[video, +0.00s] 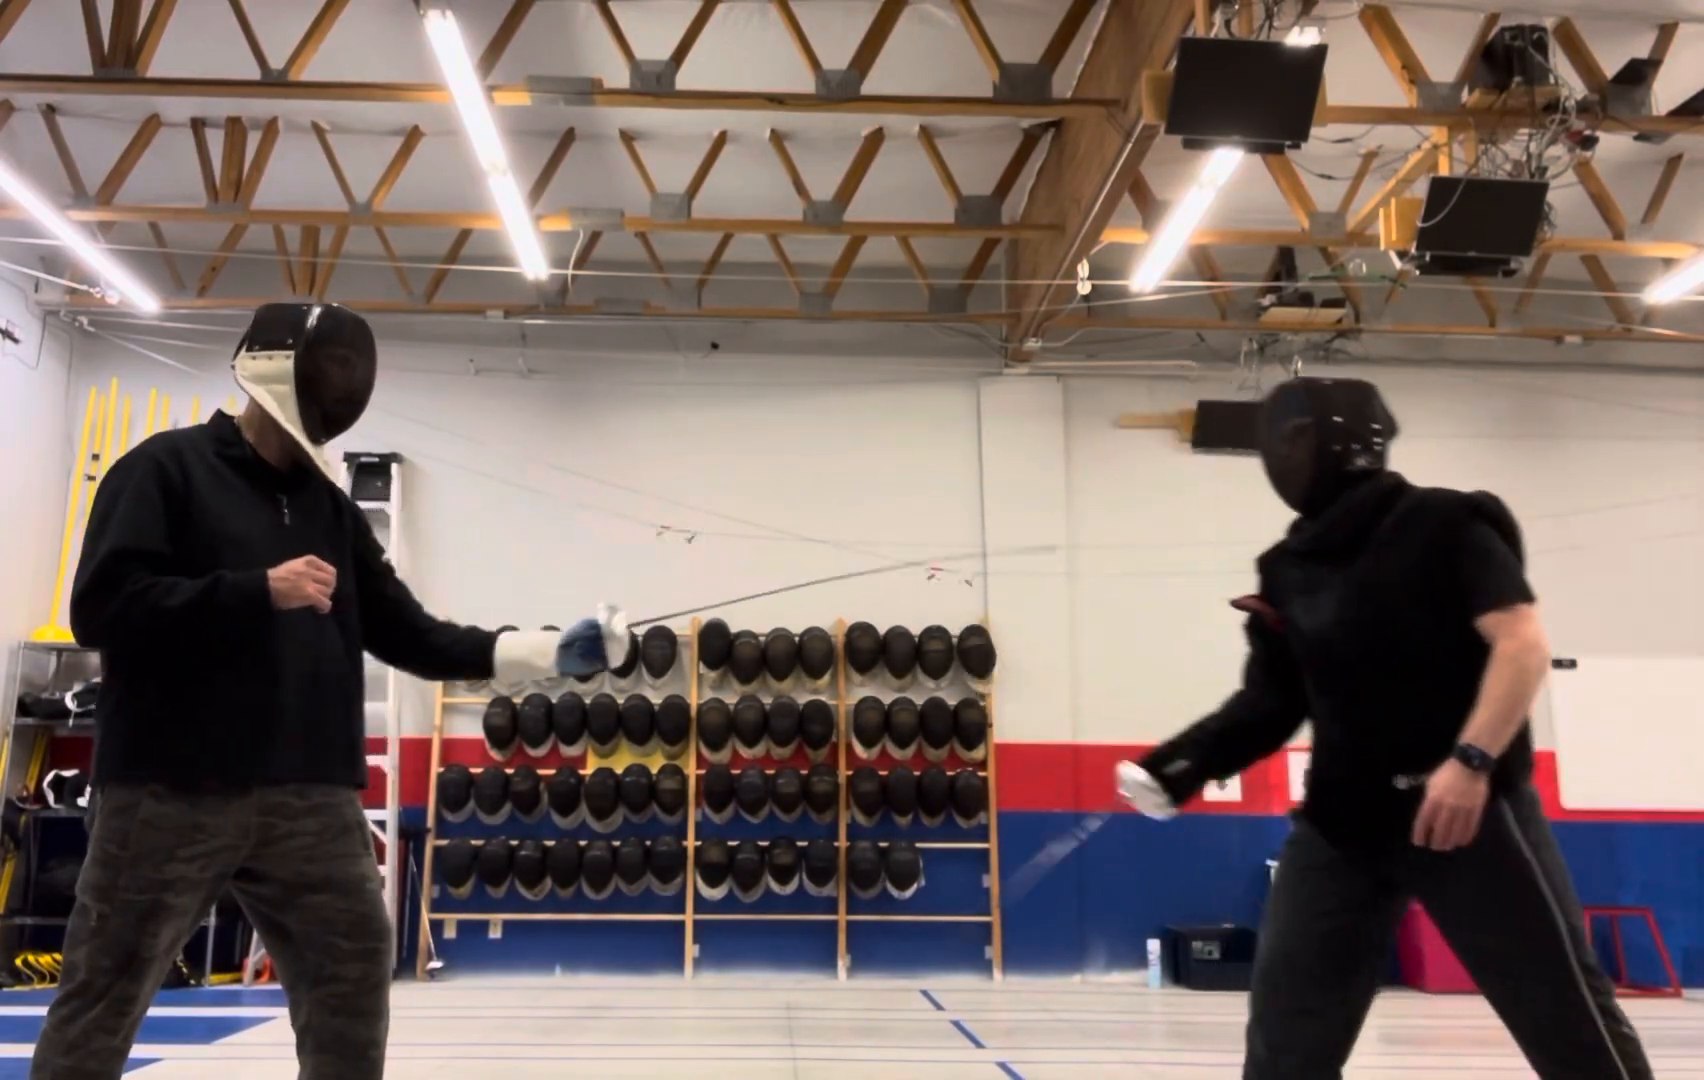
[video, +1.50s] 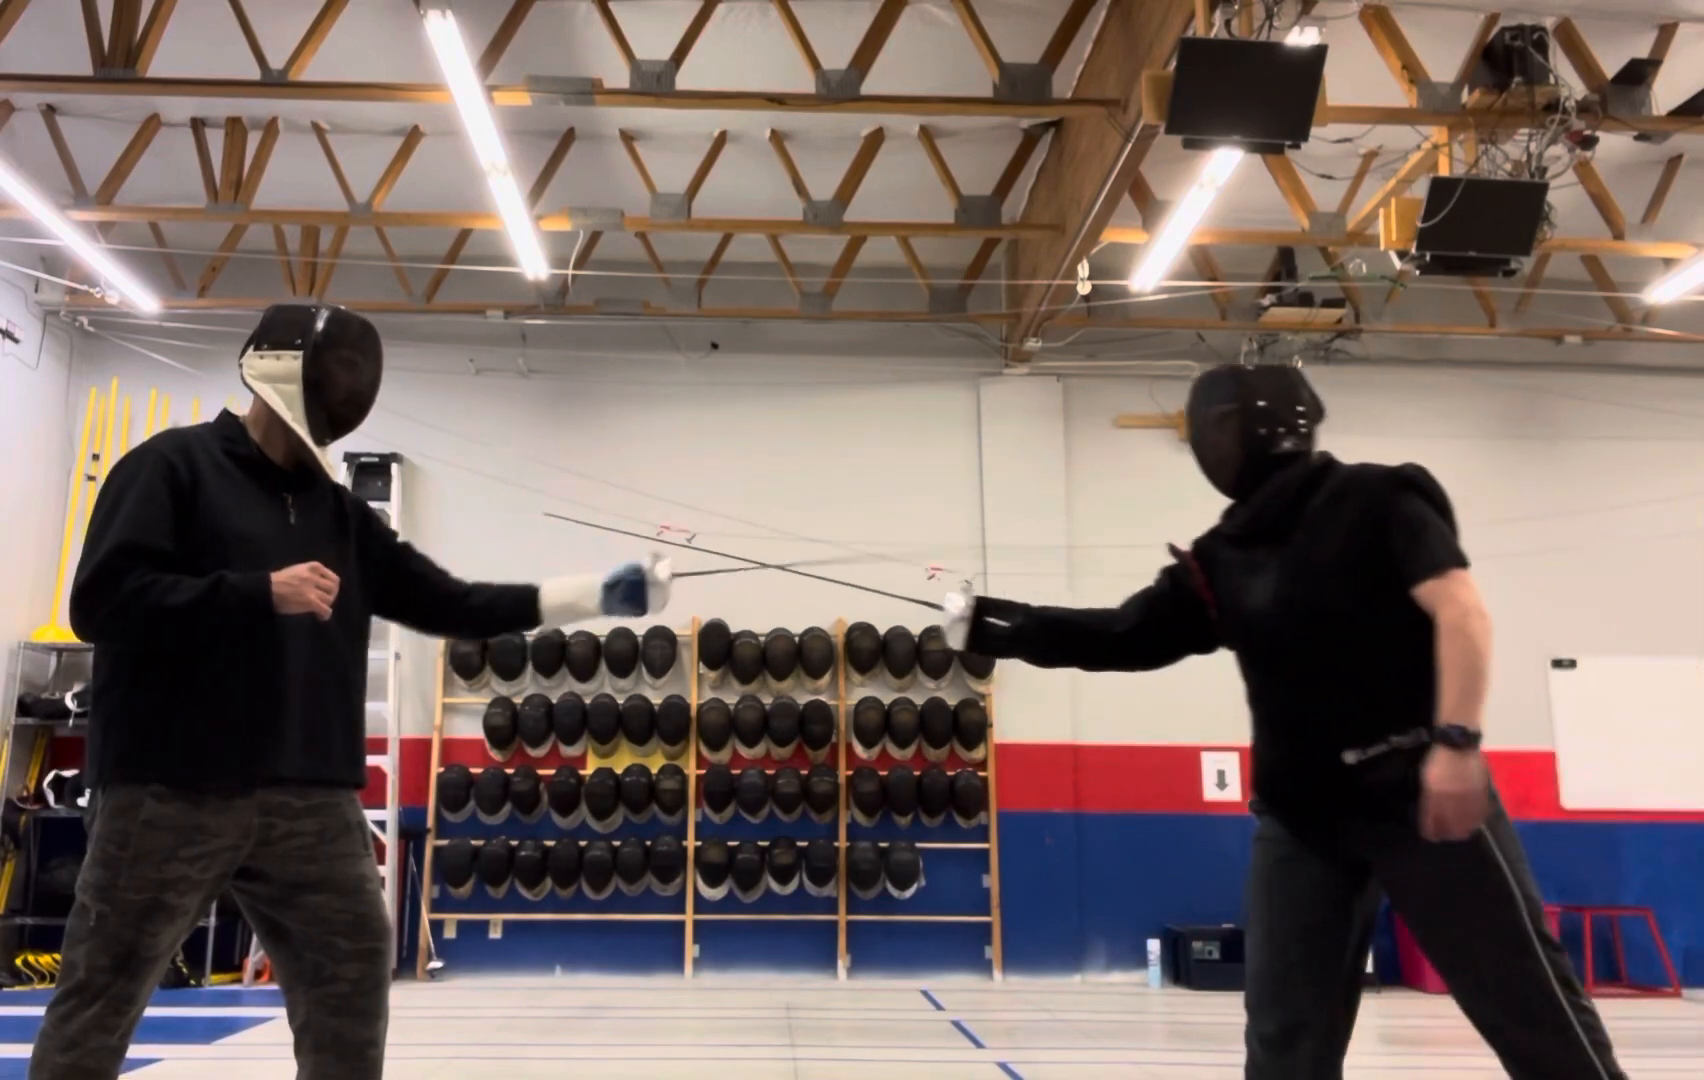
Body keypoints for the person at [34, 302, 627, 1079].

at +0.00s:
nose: (332, 402)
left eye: (342, 388)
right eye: (318, 380)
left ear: (339, 395)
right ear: (266, 372)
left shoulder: (328, 507)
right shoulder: (158, 471)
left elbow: (401, 630)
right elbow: (101, 607)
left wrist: (526, 651)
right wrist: (256, 589)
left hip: (306, 797)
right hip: (165, 792)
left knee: (351, 969)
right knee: (102, 998)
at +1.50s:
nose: (320, 437)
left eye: (335, 420)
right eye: (310, 414)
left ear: (345, 409)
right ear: (269, 384)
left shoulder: (336, 513)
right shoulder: (165, 469)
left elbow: (449, 604)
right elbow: (100, 598)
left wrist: (589, 597)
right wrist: (259, 591)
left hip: (306, 801)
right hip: (166, 793)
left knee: (349, 995)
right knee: (96, 1008)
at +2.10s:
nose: (348, 407)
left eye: (357, 390)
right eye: (334, 383)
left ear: (354, 392)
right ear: (276, 371)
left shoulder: (346, 508)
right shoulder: (163, 473)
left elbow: (476, 544)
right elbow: (102, 606)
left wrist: (628, 535)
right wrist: (259, 591)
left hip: (309, 797)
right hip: (167, 795)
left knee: (352, 993)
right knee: (97, 1008)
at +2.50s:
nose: (333, 412)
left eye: (340, 401)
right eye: (315, 393)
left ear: (345, 407)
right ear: (261, 377)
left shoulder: (324, 511)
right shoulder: (154, 471)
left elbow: (388, 639)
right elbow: (90, 604)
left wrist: (512, 667)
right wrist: (247, 593)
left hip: (302, 799)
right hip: (164, 794)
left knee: (347, 976)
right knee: (101, 1000)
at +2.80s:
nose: (328, 400)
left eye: (338, 385)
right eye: (316, 377)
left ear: (334, 393)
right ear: (264, 367)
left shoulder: (324, 509)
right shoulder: (152, 470)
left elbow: (407, 627)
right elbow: (94, 607)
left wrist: (543, 645)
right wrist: (251, 590)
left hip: (303, 797)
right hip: (165, 793)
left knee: (347, 977)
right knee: (101, 1004)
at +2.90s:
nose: (315, 414)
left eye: (328, 400)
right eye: (306, 390)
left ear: (334, 401)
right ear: (259, 370)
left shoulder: (324, 508)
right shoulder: (153, 471)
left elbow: (408, 626)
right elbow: (95, 607)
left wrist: (545, 645)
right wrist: (252, 591)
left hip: (304, 798)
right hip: (165, 794)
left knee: (349, 976)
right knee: (101, 1003)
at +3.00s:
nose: (320, 418)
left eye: (332, 402)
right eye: (311, 392)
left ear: (335, 401)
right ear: (264, 373)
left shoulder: (327, 511)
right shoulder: (155, 470)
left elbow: (413, 625)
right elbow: (97, 606)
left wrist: (551, 645)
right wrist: (253, 590)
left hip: (305, 799)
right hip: (166, 794)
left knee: (350, 974)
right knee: (102, 1002)